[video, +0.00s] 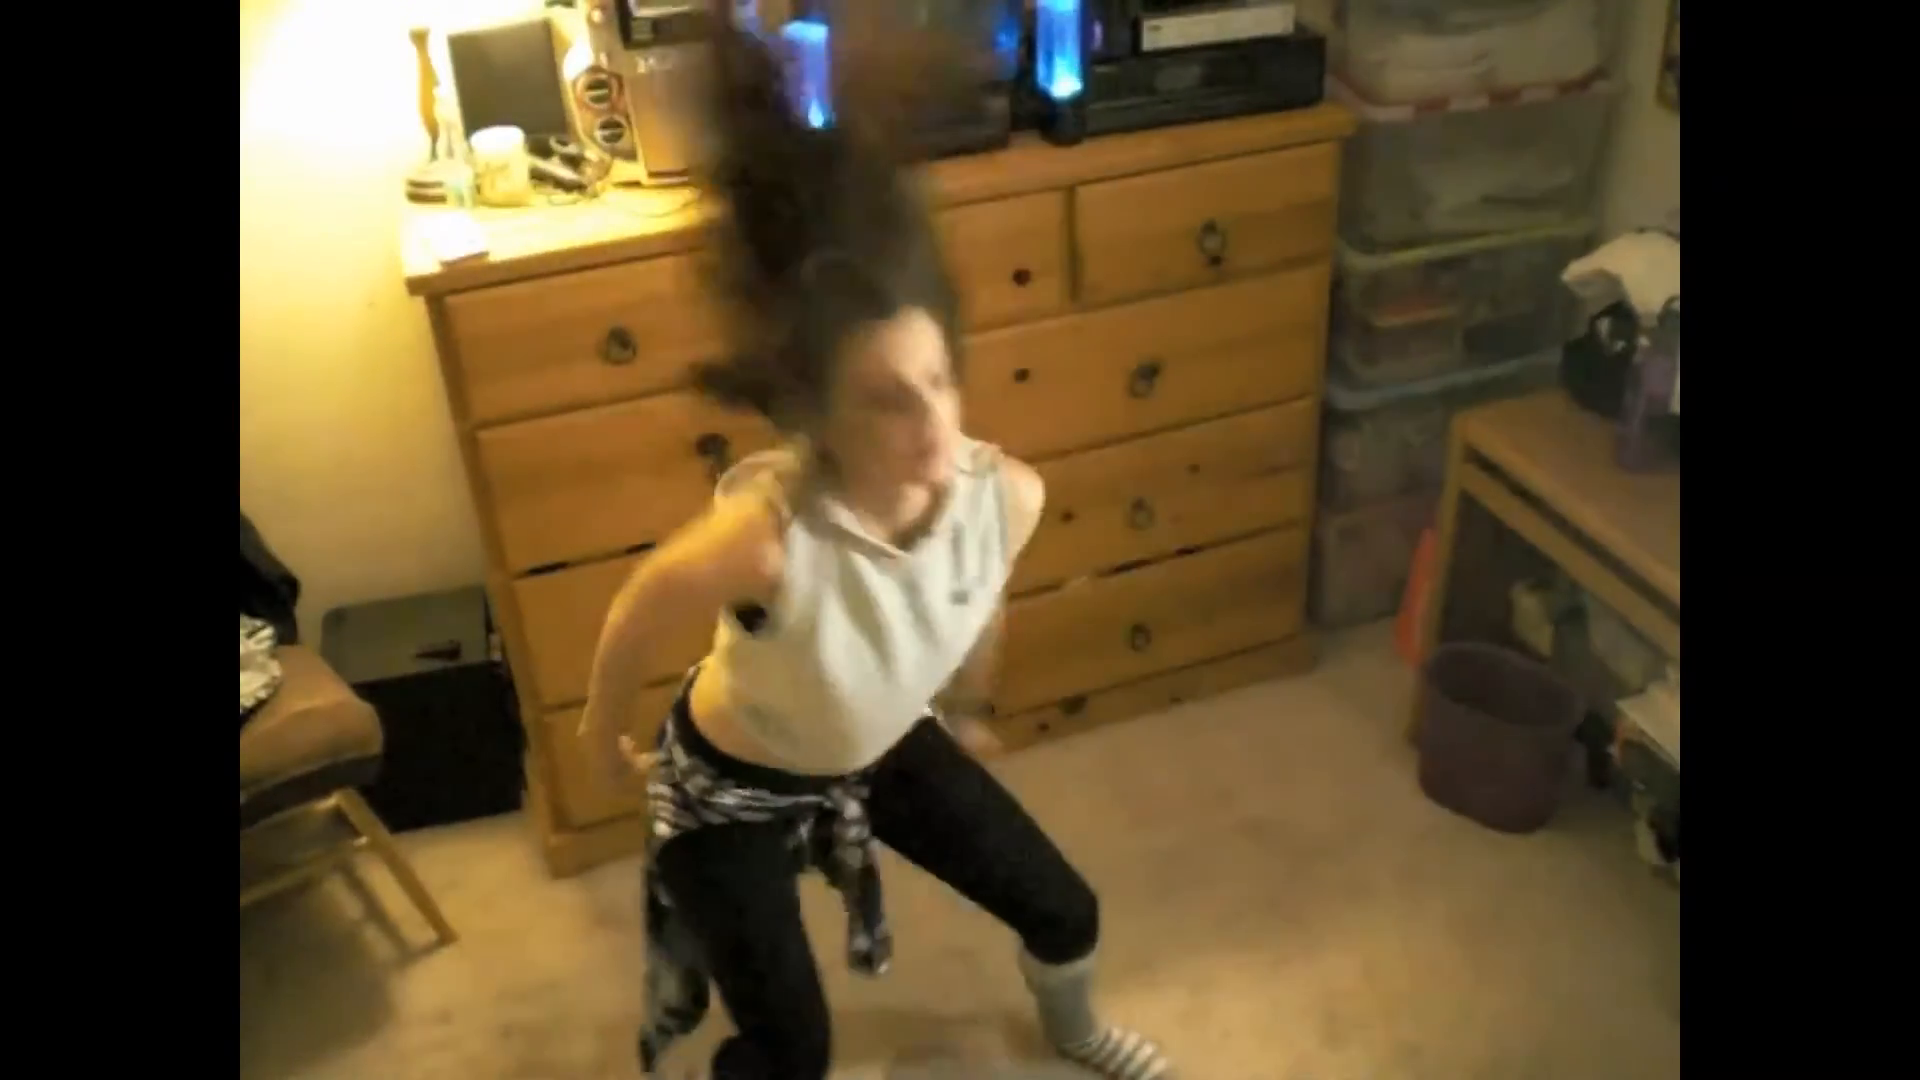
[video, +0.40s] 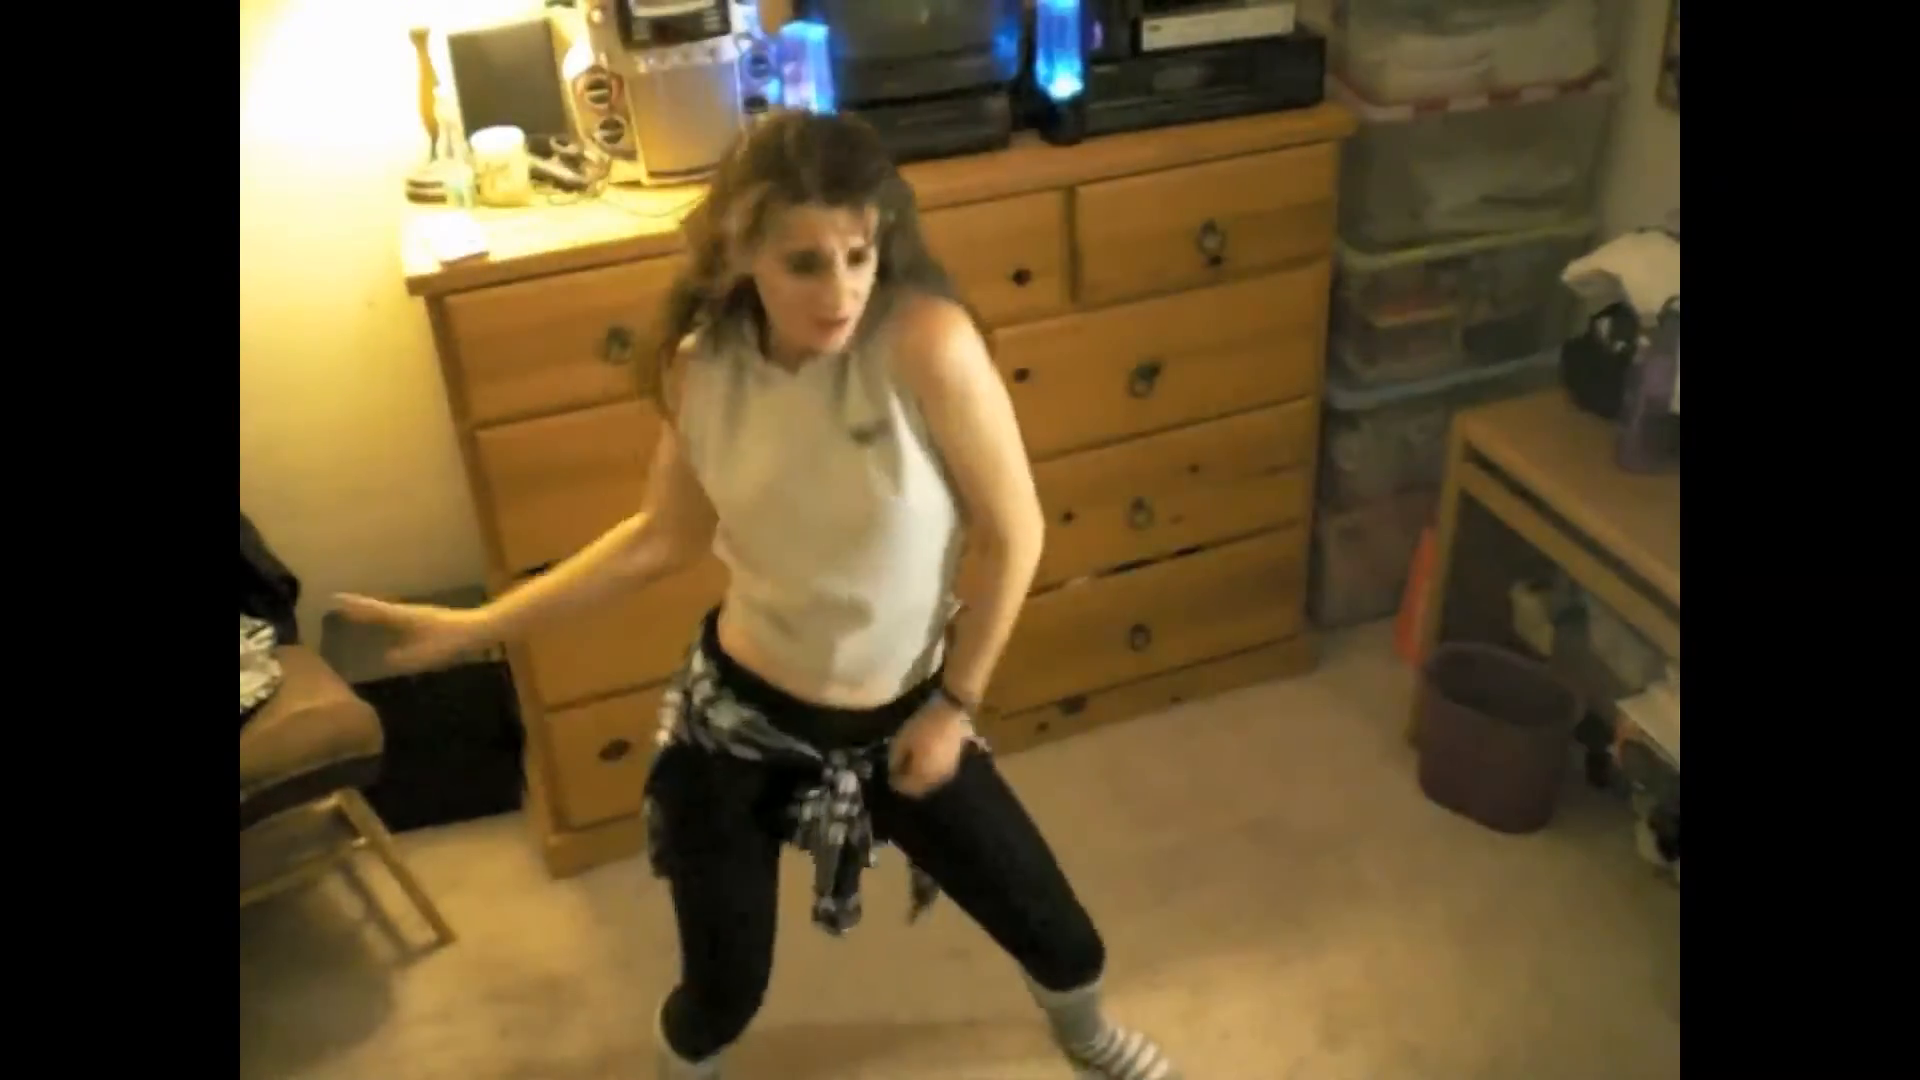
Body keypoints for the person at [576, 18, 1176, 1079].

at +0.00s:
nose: (936, 426)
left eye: (944, 385)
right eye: (893, 402)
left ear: (961, 376)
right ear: (814, 419)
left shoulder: (1006, 497)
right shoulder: (761, 540)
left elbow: (982, 611)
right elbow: (641, 615)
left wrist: (970, 713)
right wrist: (608, 731)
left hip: (883, 743)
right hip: (735, 783)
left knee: (1063, 911)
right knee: (789, 1049)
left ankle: (1072, 1033)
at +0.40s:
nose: (839, 292)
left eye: (858, 258)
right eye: (805, 263)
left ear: (882, 249)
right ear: (742, 264)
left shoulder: (925, 342)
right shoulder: (706, 374)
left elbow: (1014, 529)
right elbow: (663, 539)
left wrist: (957, 705)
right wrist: (474, 628)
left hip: (902, 720)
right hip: (741, 722)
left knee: (1063, 945)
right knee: (727, 990)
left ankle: (1091, 1039)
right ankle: (681, 1063)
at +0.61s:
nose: (846, 256)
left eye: (863, 222)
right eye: (814, 231)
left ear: (884, 208)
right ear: (749, 227)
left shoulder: (937, 305)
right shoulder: (695, 327)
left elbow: (1034, 462)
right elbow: (555, 487)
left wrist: (987, 644)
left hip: (939, 675)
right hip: (784, 700)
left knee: (1088, 936)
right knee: (756, 989)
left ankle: (1128, 1037)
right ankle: (690, 1065)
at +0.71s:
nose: (847, 250)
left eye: (864, 217)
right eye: (813, 225)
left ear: (886, 216)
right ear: (749, 234)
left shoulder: (924, 322)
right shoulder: (698, 339)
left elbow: (1019, 455)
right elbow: (636, 186)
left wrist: (997, 603)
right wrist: (828, 84)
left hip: (941, 667)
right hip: (796, 712)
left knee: (1069, 912)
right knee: (775, 989)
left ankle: (1136, 1034)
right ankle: (698, 1068)